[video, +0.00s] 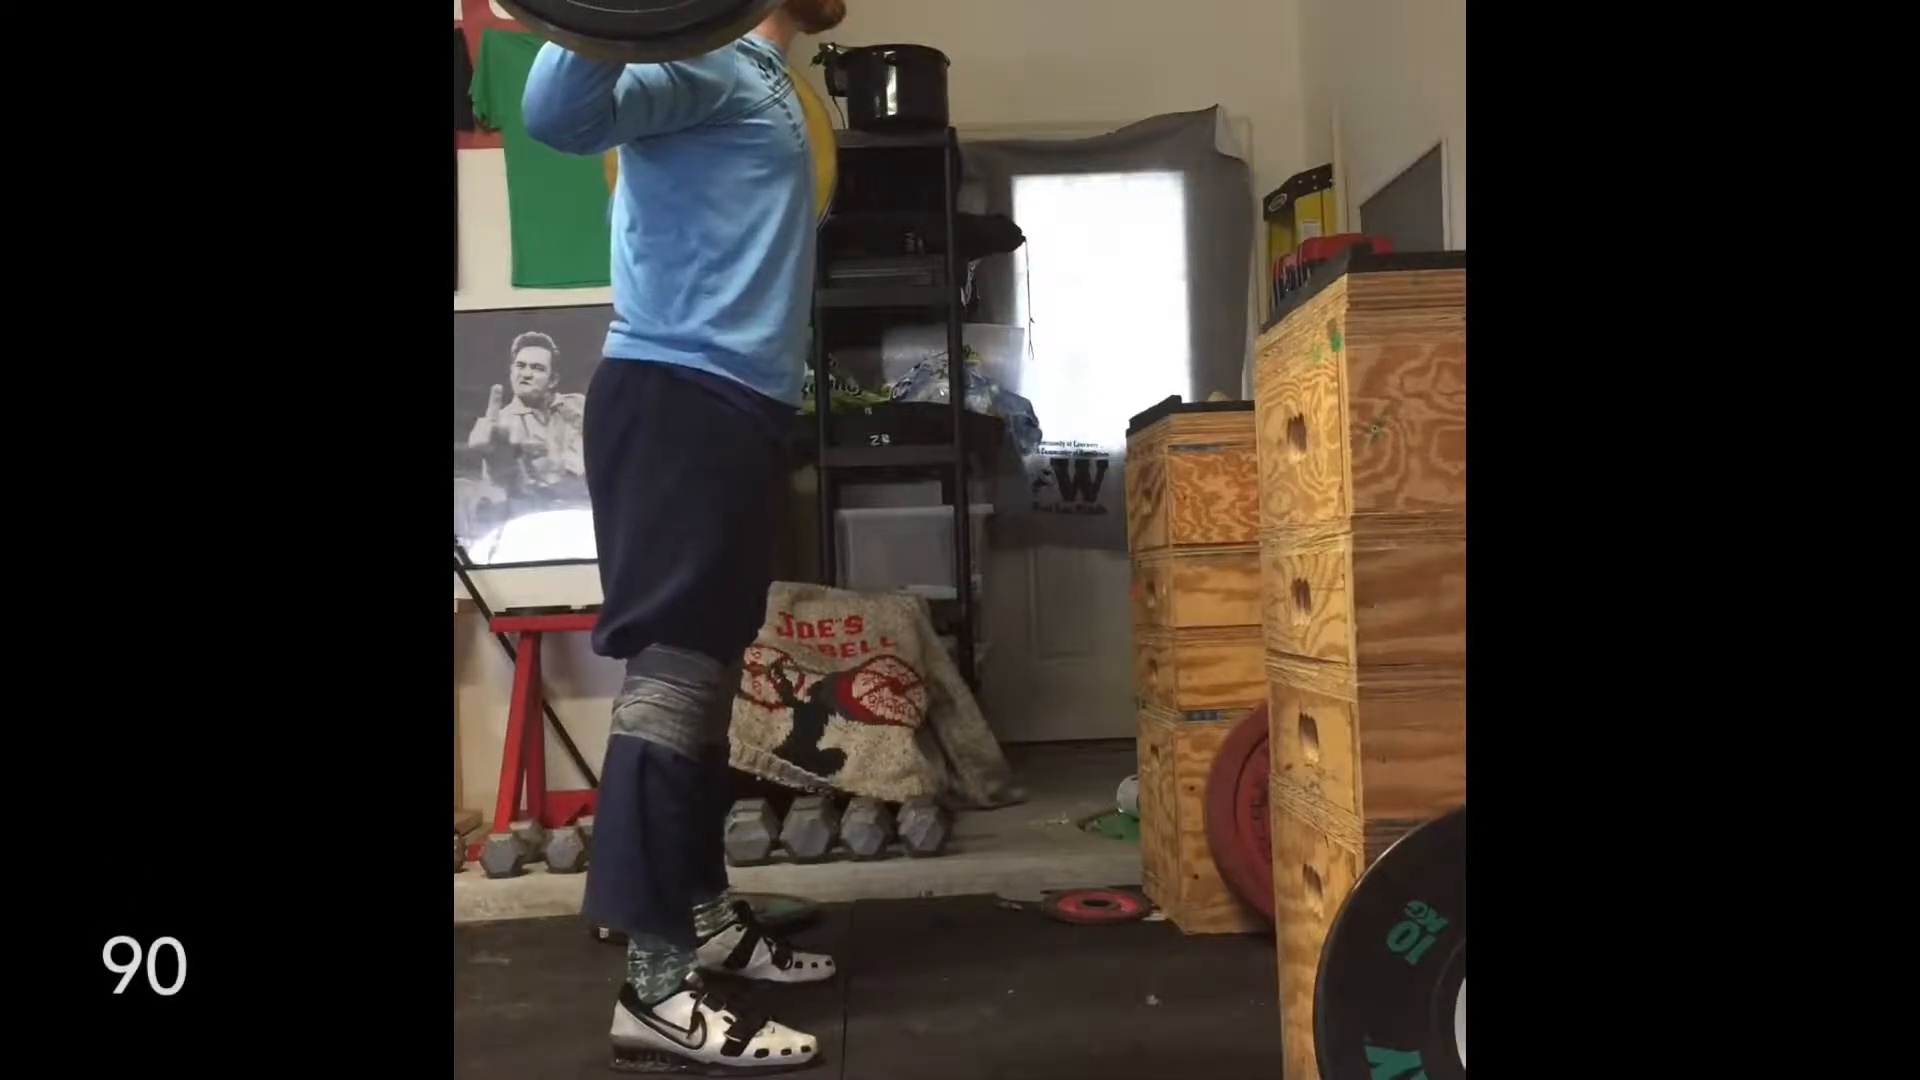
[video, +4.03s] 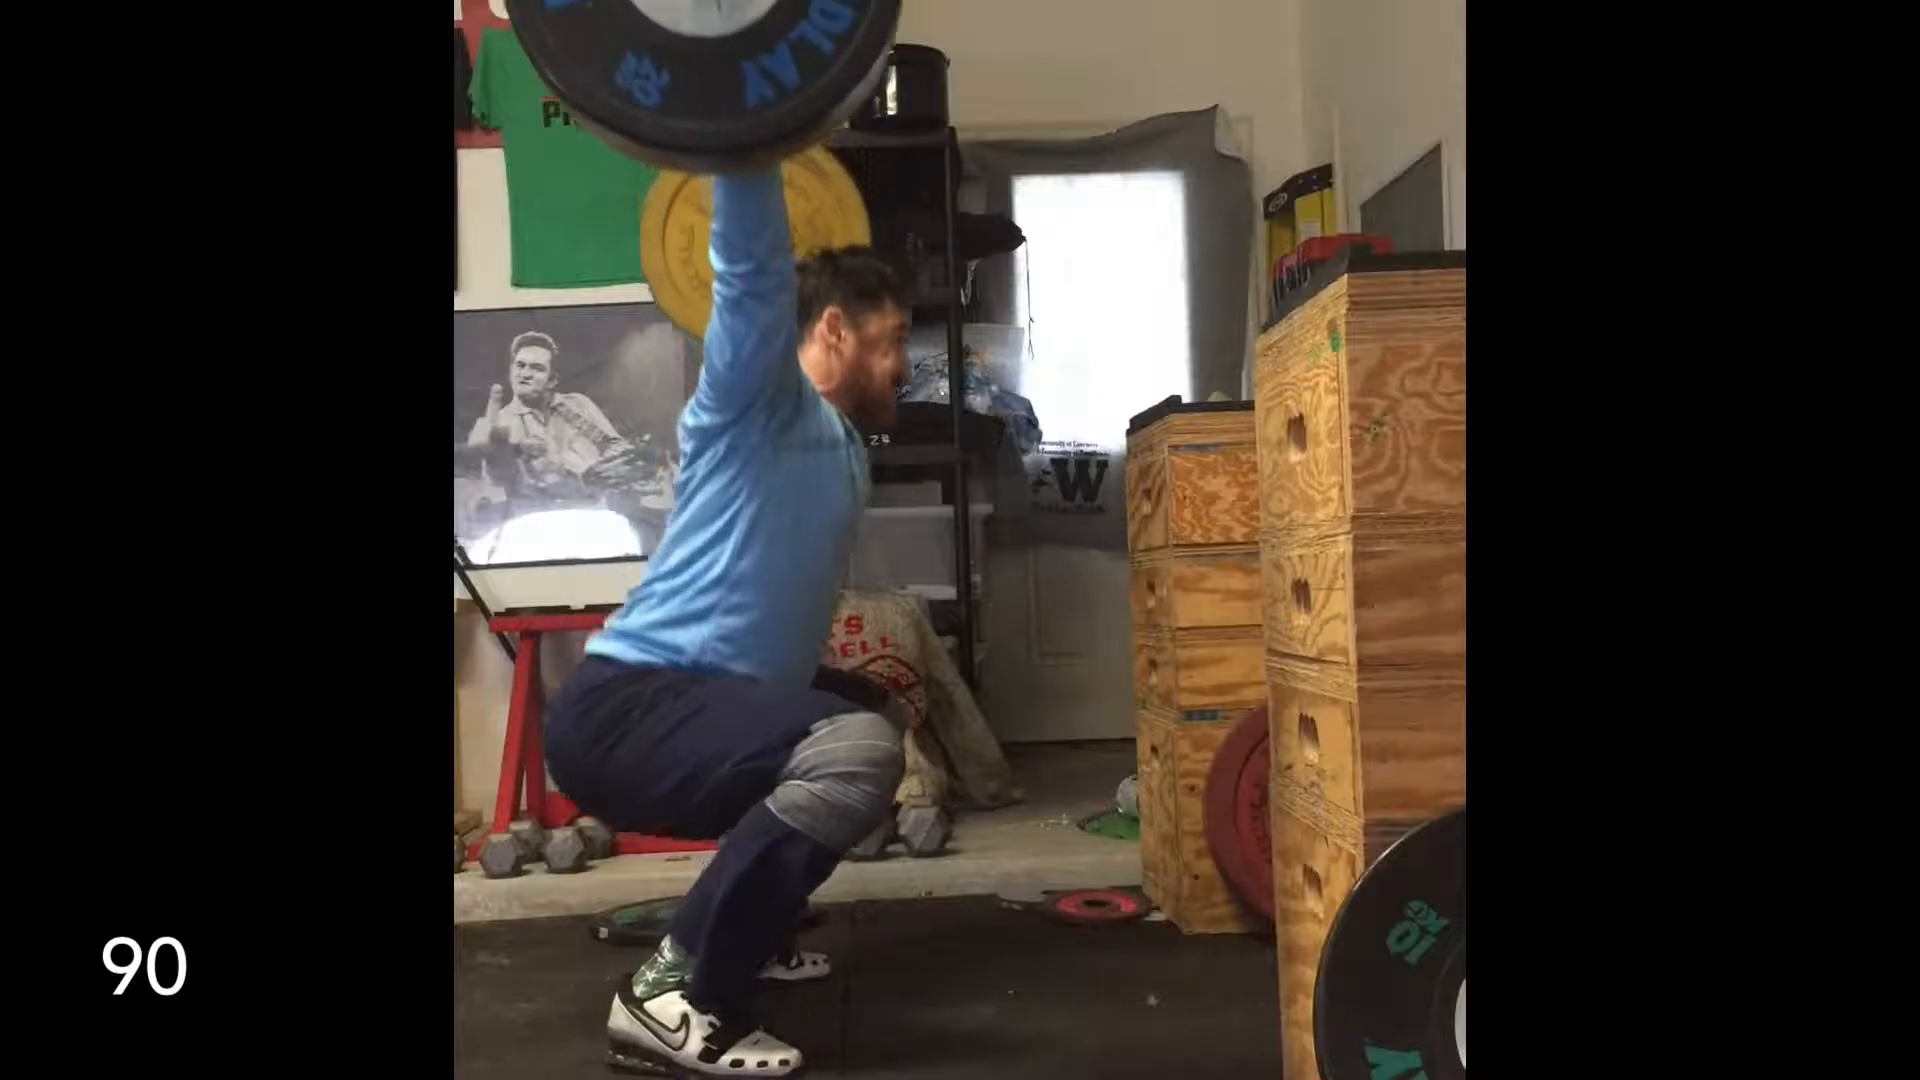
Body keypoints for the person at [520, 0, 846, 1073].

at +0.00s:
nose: (840, 7)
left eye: (839, 1)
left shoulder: (769, 79)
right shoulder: (703, 65)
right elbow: (555, 115)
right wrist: (611, 4)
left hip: (735, 406)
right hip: (680, 400)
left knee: (705, 673)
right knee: (676, 678)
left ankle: (701, 919)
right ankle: (656, 981)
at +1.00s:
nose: (841, 7)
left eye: (839, 1)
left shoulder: (774, 81)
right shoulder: (708, 65)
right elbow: (558, 115)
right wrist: (619, 3)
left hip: (737, 406)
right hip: (682, 399)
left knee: (706, 671)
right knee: (676, 677)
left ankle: (702, 914)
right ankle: (656, 978)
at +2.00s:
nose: (848, 5)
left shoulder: (780, 80)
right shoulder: (716, 66)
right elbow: (566, 115)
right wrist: (620, 0)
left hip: (741, 407)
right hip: (686, 400)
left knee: (708, 674)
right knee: (677, 681)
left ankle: (701, 916)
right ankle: (657, 981)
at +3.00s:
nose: (841, 65)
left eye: (839, 48)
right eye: (826, 50)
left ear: (803, 65)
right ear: (778, 60)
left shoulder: (806, 160)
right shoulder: (736, 150)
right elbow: (587, 207)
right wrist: (638, 82)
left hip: (734, 458)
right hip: (683, 456)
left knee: (815, 684)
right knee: (816, 693)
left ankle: (728, 921)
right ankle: (673, 979)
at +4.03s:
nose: (904, 365)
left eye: (904, 346)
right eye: (891, 343)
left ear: (842, 342)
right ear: (831, 335)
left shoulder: (839, 449)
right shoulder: (754, 404)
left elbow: (765, 622)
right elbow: (750, 272)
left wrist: (849, 682)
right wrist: (738, 128)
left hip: (712, 701)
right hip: (627, 704)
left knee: (870, 725)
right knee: (851, 753)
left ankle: (748, 928)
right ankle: (678, 988)